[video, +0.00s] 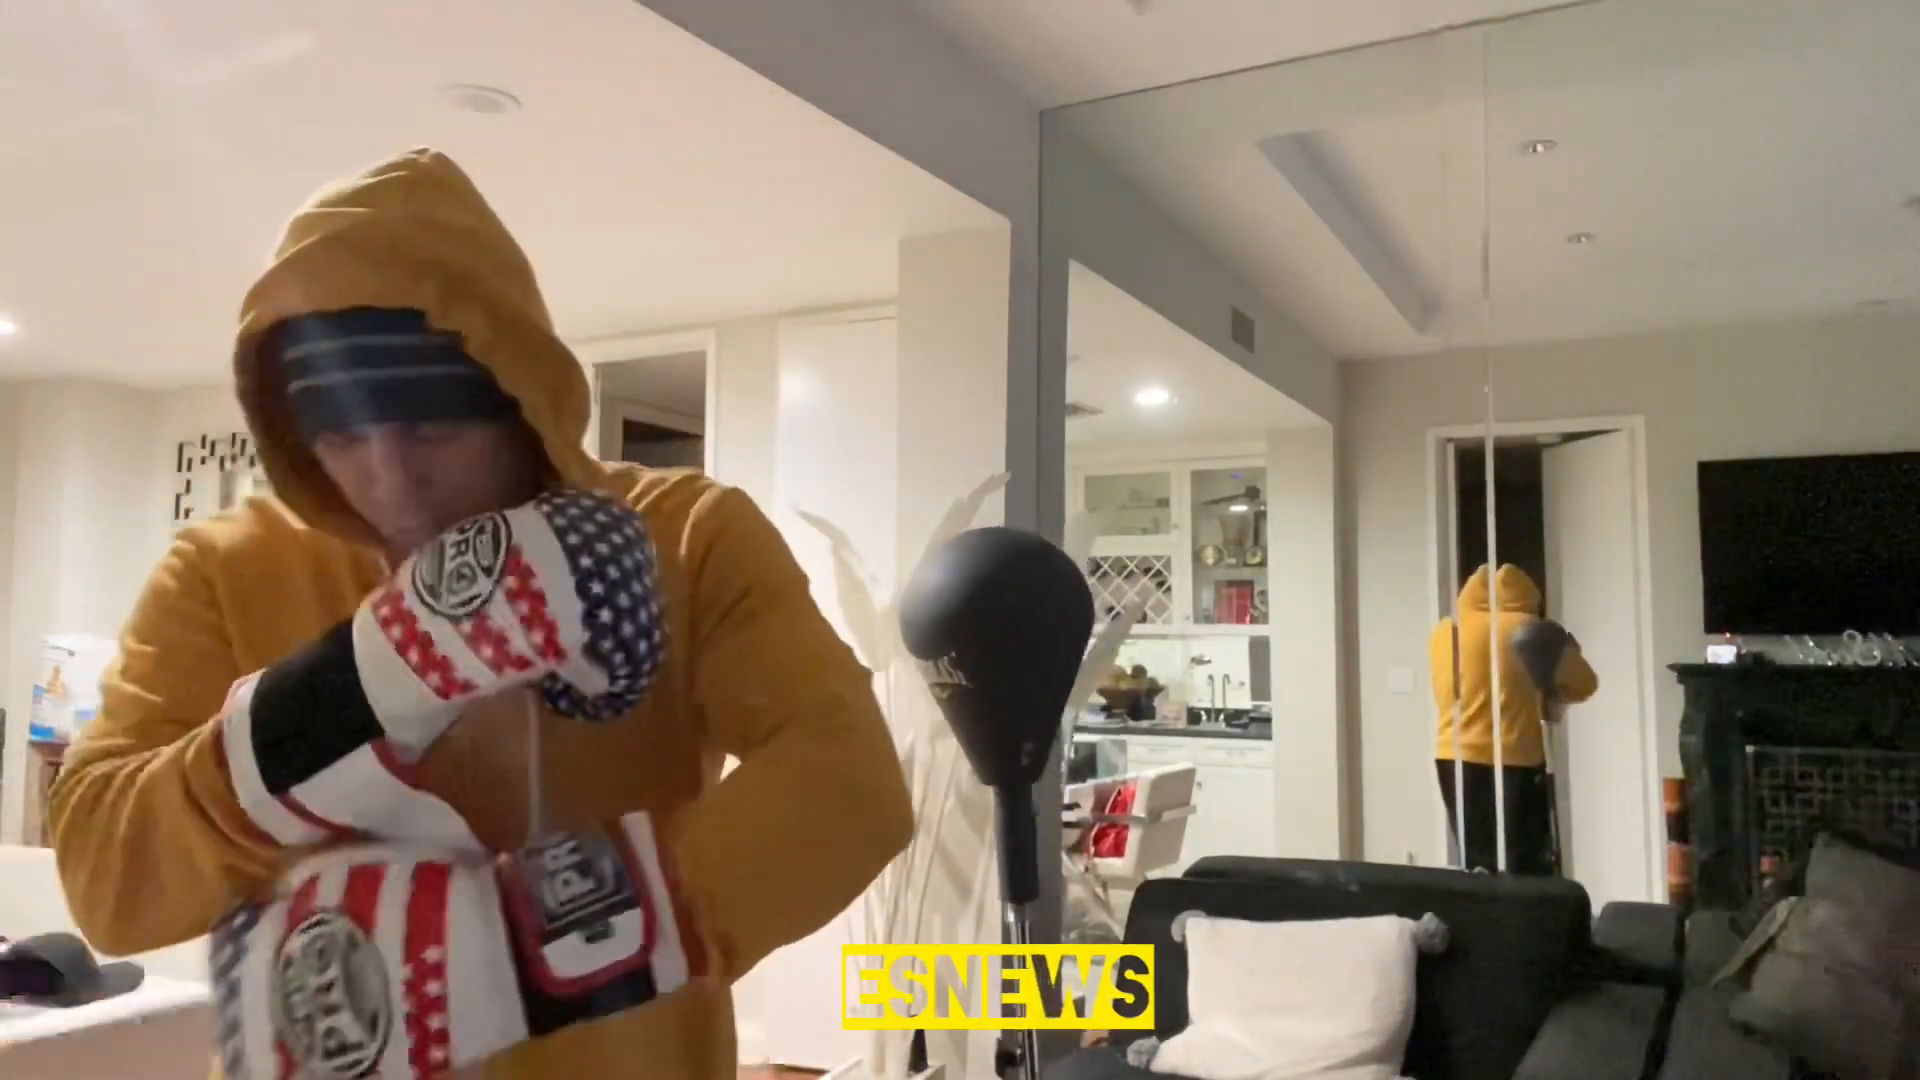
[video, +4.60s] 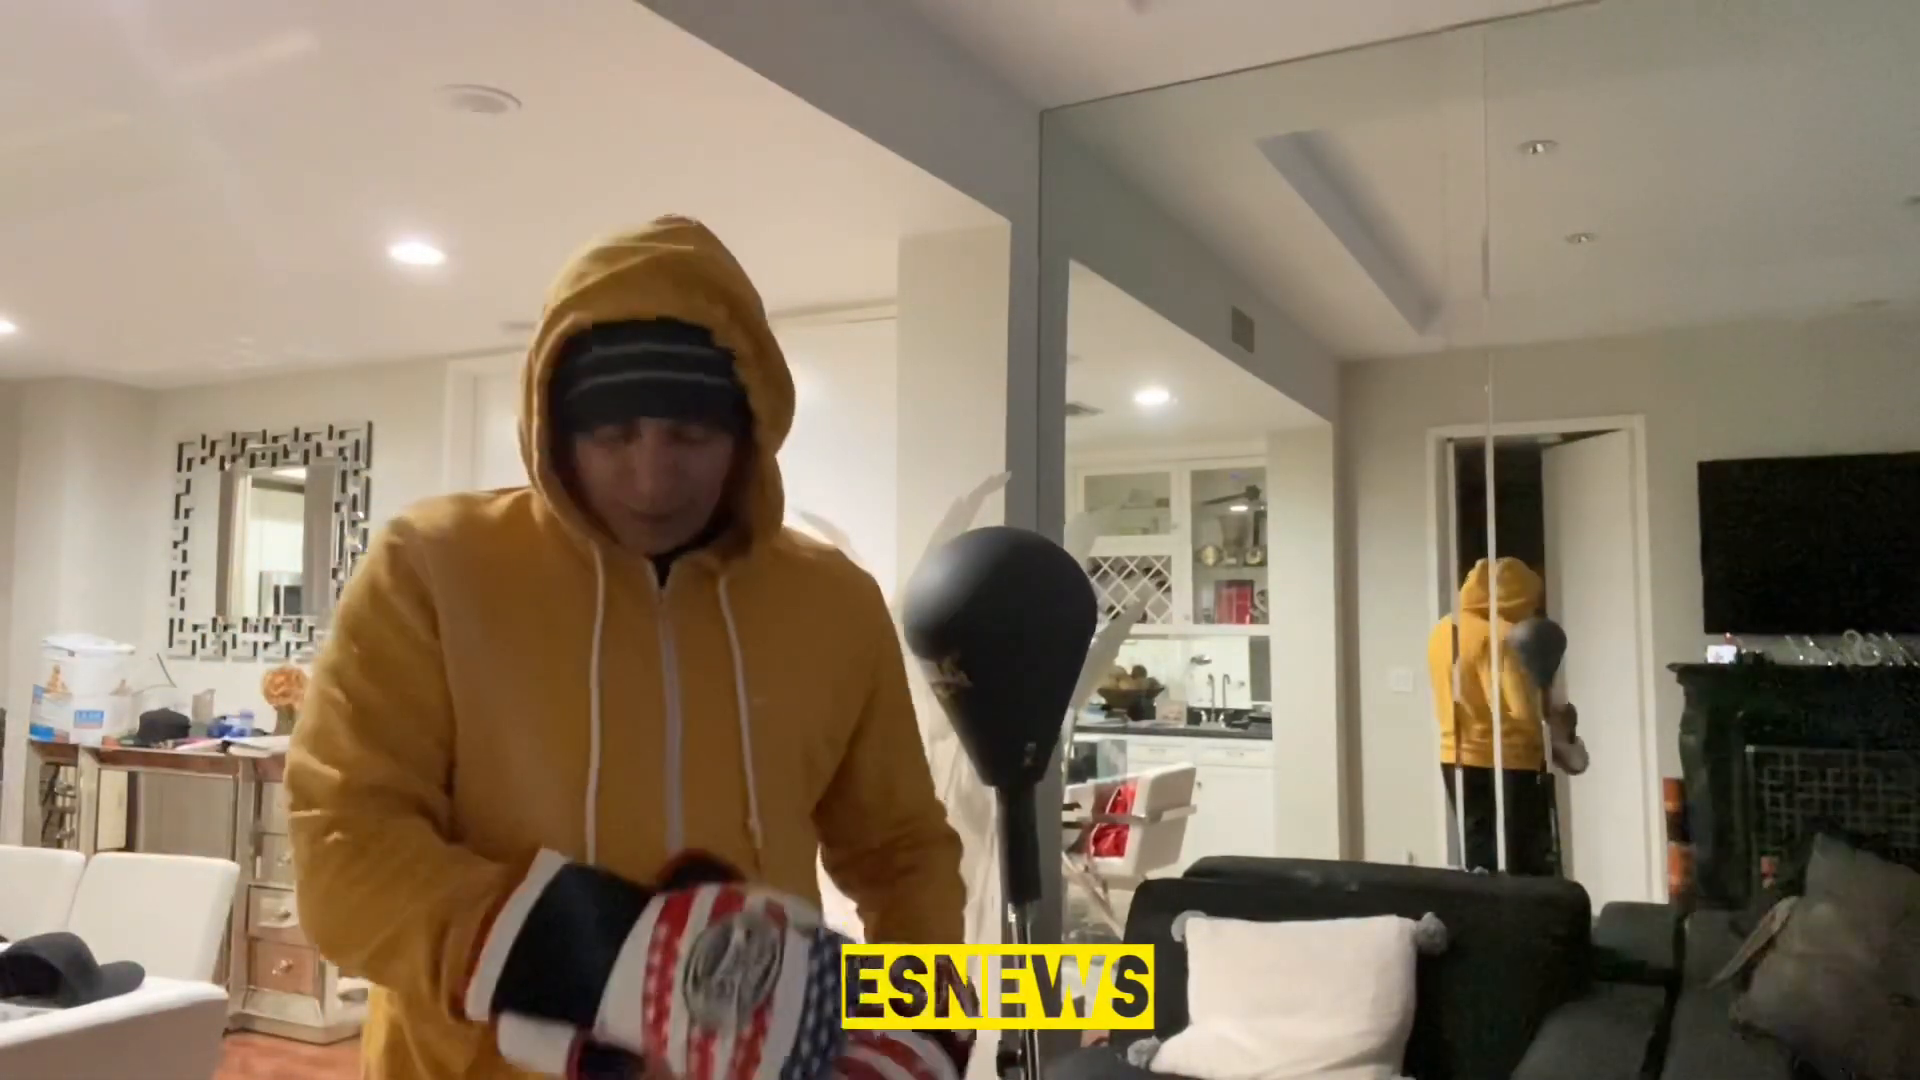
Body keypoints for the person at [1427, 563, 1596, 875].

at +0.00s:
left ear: (1470, 593)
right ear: (1525, 596)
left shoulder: (1445, 633)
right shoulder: (1532, 630)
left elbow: (1446, 691)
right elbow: (1582, 683)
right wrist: (1544, 696)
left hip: (1457, 764)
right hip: (1518, 766)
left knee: (1474, 860)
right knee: (1527, 862)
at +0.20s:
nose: (1535, 606)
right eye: (1530, 599)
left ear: (1470, 592)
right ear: (1521, 595)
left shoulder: (1440, 633)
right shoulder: (1524, 633)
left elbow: (1452, 689)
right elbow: (1574, 692)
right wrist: (1566, 651)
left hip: (1452, 766)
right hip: (1514, 769)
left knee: (1474, 865)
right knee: (1527, 867)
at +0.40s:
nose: (1529, 612)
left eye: (1530, 604)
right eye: (1527, 604)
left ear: (1472, 590)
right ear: (1514, 598)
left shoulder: (1438, 630)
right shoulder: (1502, 634)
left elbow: (1445, 698)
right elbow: (1535, 703)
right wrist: (1561, 697)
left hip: (1448, 765)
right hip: (1504, 767)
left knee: (1477, 865)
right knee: (1525, 868)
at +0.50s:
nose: (1525, 617)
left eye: (1528, 608)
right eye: (1524, 607)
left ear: (1476, 591)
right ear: (1508, 601)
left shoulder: (1438, 628)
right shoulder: (1487, 633)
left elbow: (1448, 699)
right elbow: (1500, 700)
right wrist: (1543, 717)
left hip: (1448, 765)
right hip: (1491, 766)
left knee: (1478, 865)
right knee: (1520, 866)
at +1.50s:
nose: (1527, 617)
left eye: (1530, 609)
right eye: (1527, 608)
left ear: (1479, 591)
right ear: (1512, 601)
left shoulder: (1442, 629)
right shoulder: (1491, 629)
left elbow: (1450, 699)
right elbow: (1524, 695)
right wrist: (1544, 700)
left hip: (1449, 764)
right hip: (1495, 765)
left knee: (1473, 861)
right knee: (1521, 863)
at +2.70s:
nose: (1544, 610)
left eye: (1544, 603)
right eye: (1542, 602)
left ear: (1488, 589)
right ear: (1533, 598)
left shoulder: (1453, 633)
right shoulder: (1528, 632)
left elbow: (1452, 698)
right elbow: (1556, 695)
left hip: (1464, 765)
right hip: (1517, 767)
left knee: (1478, 857)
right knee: (1526, 859)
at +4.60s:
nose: (1534, 607)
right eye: (1531, 600)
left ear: (1472, 590)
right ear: (1521, 596)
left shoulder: (1443, 633)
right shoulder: (1529, 637)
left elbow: (1448, 700)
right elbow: (1555, 706)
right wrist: (1565, 744)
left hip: (1460, 763)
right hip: (1519, 765)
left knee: (1477, 851)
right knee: (1529, 854)